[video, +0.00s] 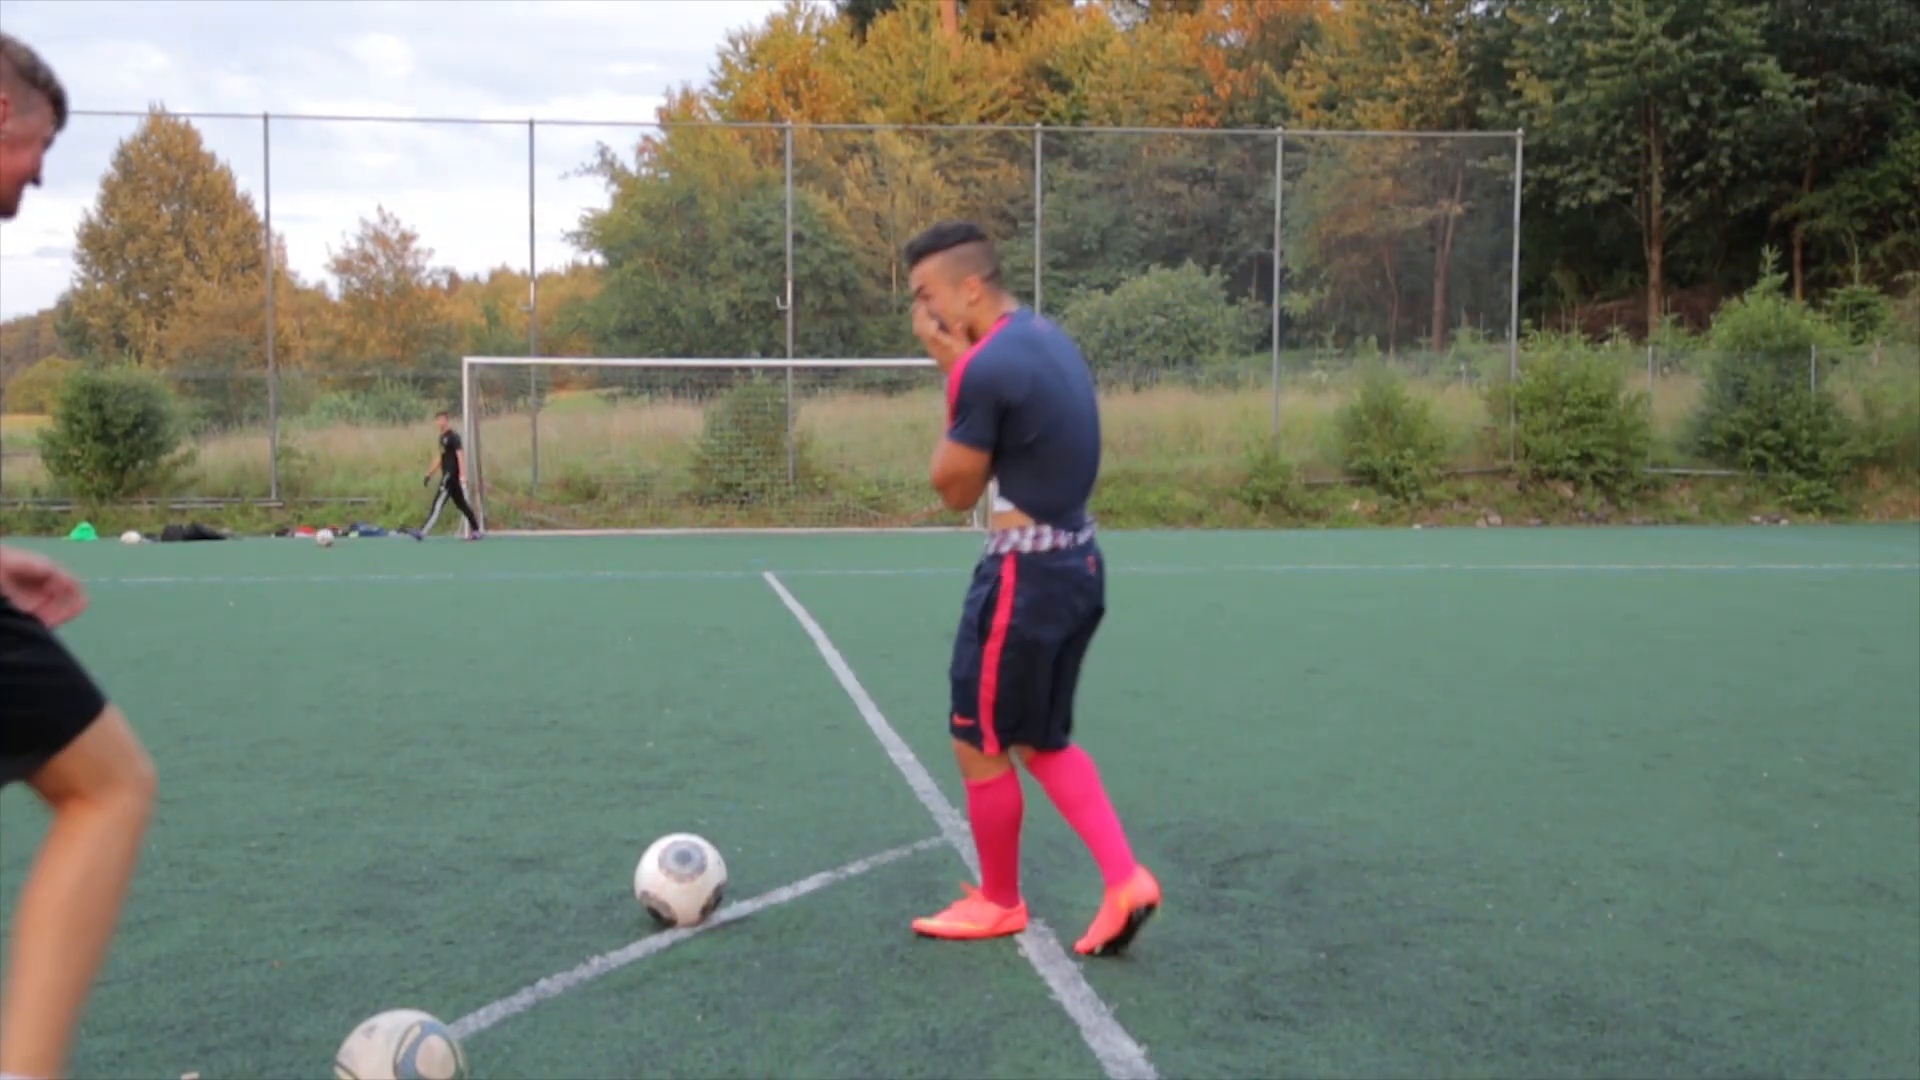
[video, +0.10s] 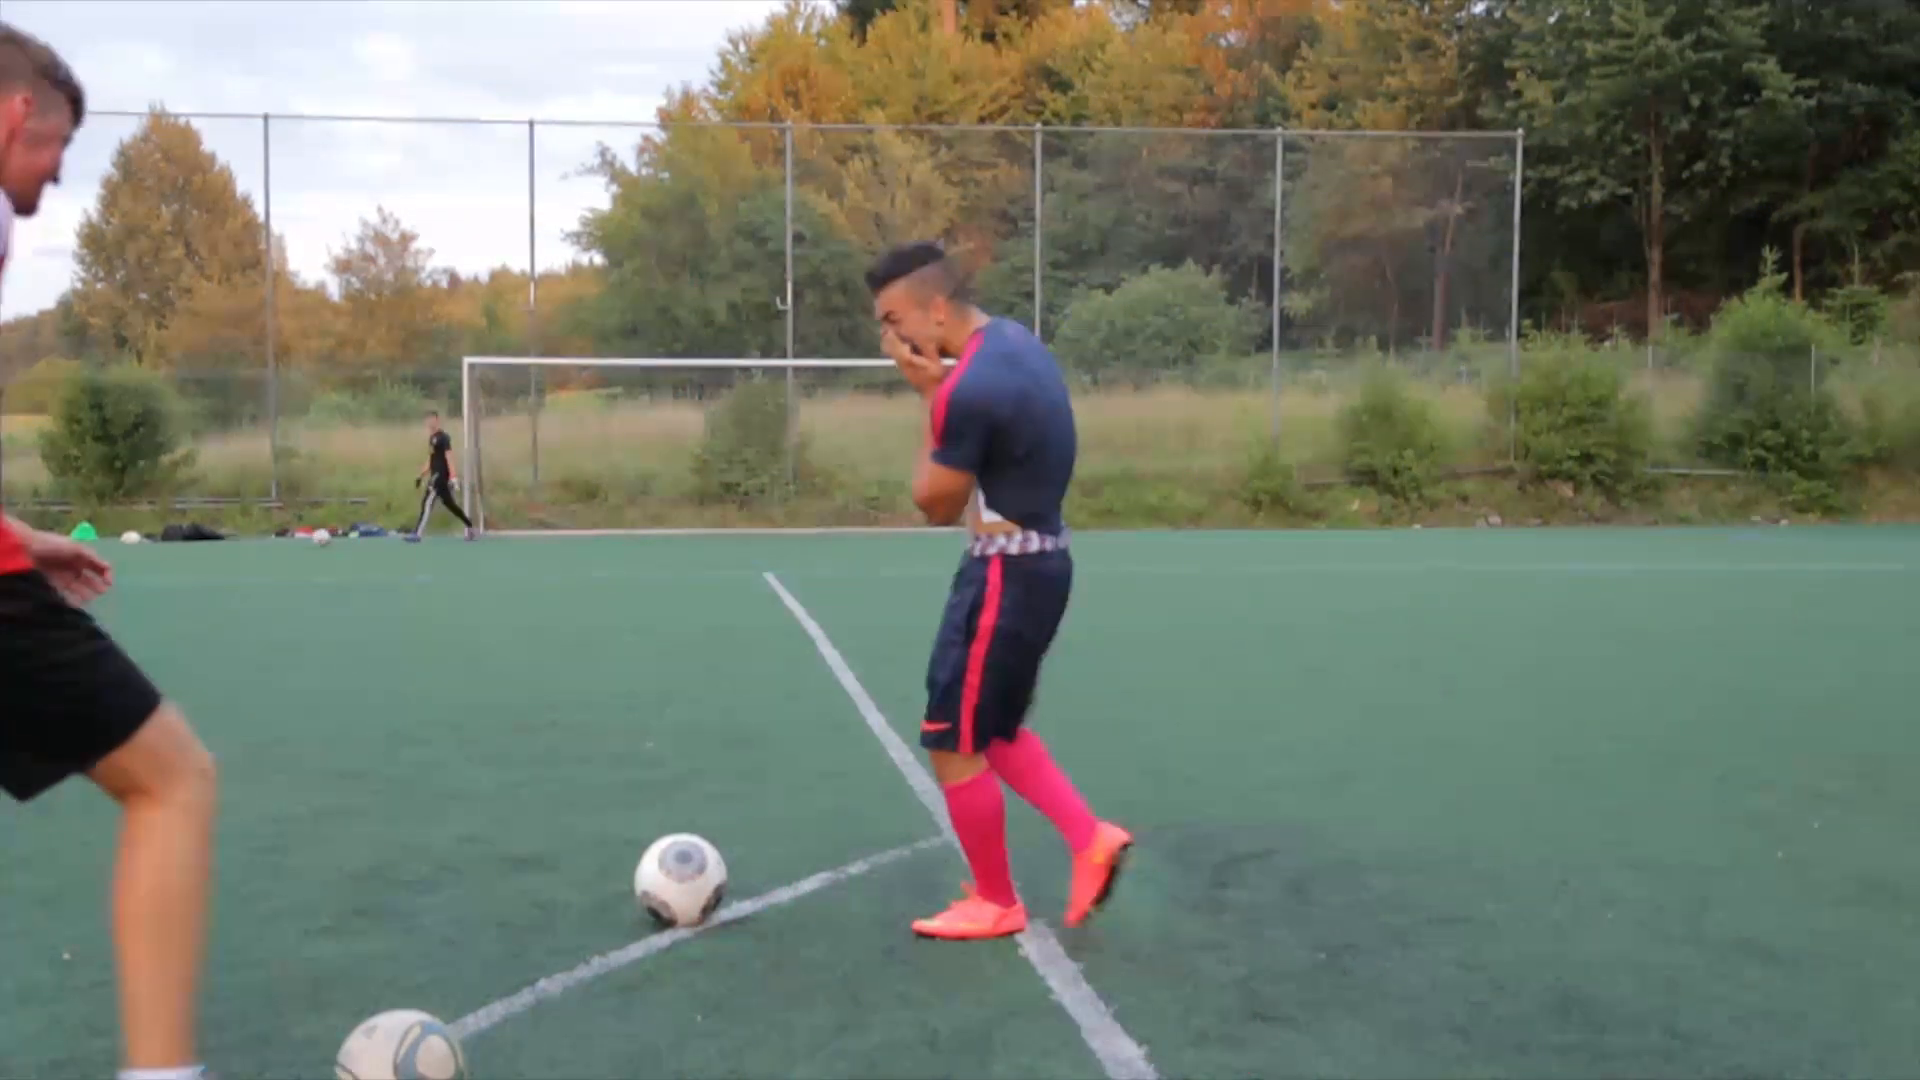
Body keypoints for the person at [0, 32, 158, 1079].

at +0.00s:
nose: (21, 196)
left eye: (28, 178)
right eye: (19, 174)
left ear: (29, 152)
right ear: (0, 136)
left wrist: (0, 559)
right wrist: (9, 563)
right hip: (8, 601)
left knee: (100, 783)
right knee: (110, 786)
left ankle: (30, 1058)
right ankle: (27, 1063)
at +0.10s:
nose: (53, 179)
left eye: (60, 151)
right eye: (55, 147)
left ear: (11, 120)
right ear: (14, 115)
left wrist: (22, 541)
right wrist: (25, 549)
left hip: (12, 571)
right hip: (7, 574)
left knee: (162, 778)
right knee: (173, 779)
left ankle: (162, 1064)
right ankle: (162, 1069)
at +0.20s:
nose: (85, 180)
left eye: (92, 159)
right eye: (86, 153)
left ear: (29, 122)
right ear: (47, 121)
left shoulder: (18, 223)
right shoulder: (17, 217)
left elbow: (10, 421)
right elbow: (7, 415)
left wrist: (30, 577)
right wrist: (15, 610)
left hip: (25, 580)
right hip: (23, 582)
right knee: (216, 790)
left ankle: (257, 1059)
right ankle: (260, 1065)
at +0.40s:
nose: (193, 186)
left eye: (198, 161)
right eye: (194, 158)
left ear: (102, 130)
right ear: (156, 133)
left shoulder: (20, 219)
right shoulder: (115, 234)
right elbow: (74, 433)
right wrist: (124, 632)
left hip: (16, 618)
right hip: (100, 610)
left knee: (8, 860)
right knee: (230, 836)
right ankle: (300, 1074)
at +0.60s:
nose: (312, 202)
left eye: (320, 184)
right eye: (319, 179)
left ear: (223, 139)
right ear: (294, 148)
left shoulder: (111, 236)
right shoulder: (265, 244)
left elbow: (40, 417)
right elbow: (236, 430)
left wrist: (7, 565)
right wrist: (272, 617)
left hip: (103, 595)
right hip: (208, 595)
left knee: (172, 822)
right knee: (283, 830)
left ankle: (15, 1042)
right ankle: (300, 1071)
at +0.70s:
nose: (355, 210)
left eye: (360, 194)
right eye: (359, 191)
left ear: (267, 148)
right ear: (339, 159)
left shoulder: (148, 233)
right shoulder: (321, 249)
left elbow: (77, 402)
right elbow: (308, 425)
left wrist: (52, 561)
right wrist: (342, 610)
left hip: (147, 579)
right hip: (259, 584)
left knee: (231, 776)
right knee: (302, 819)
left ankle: (124, 1012)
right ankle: (299, 1070)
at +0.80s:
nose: (379, 199)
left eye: (382, 186)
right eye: (384, 186)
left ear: (290, 152)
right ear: (364, 162)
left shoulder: (175, 235)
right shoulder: (365, 250)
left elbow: (111, 405)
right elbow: (367, 420)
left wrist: (124, 554)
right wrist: (402, 597)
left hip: (183, 573)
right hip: (296, 575)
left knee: (268, 750)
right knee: (315, 826)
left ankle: (233, 998)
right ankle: (299, 1068)